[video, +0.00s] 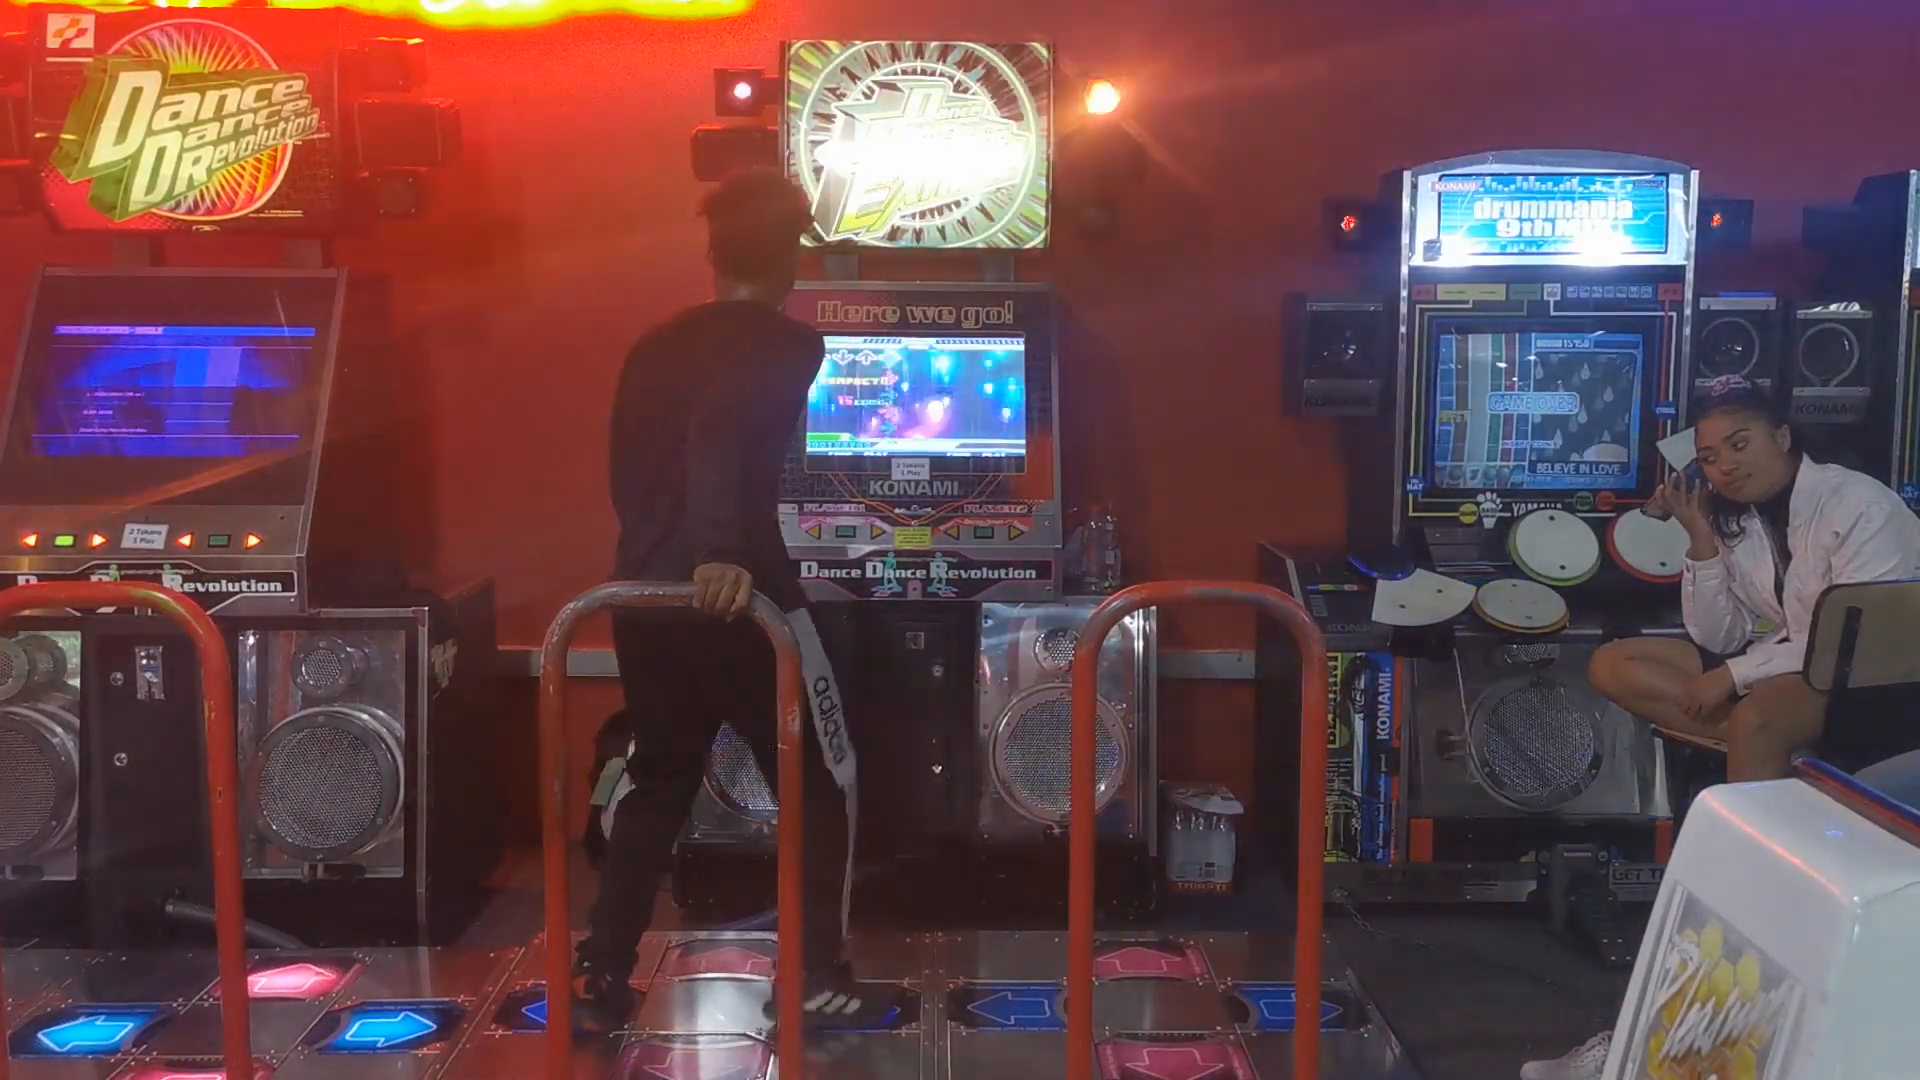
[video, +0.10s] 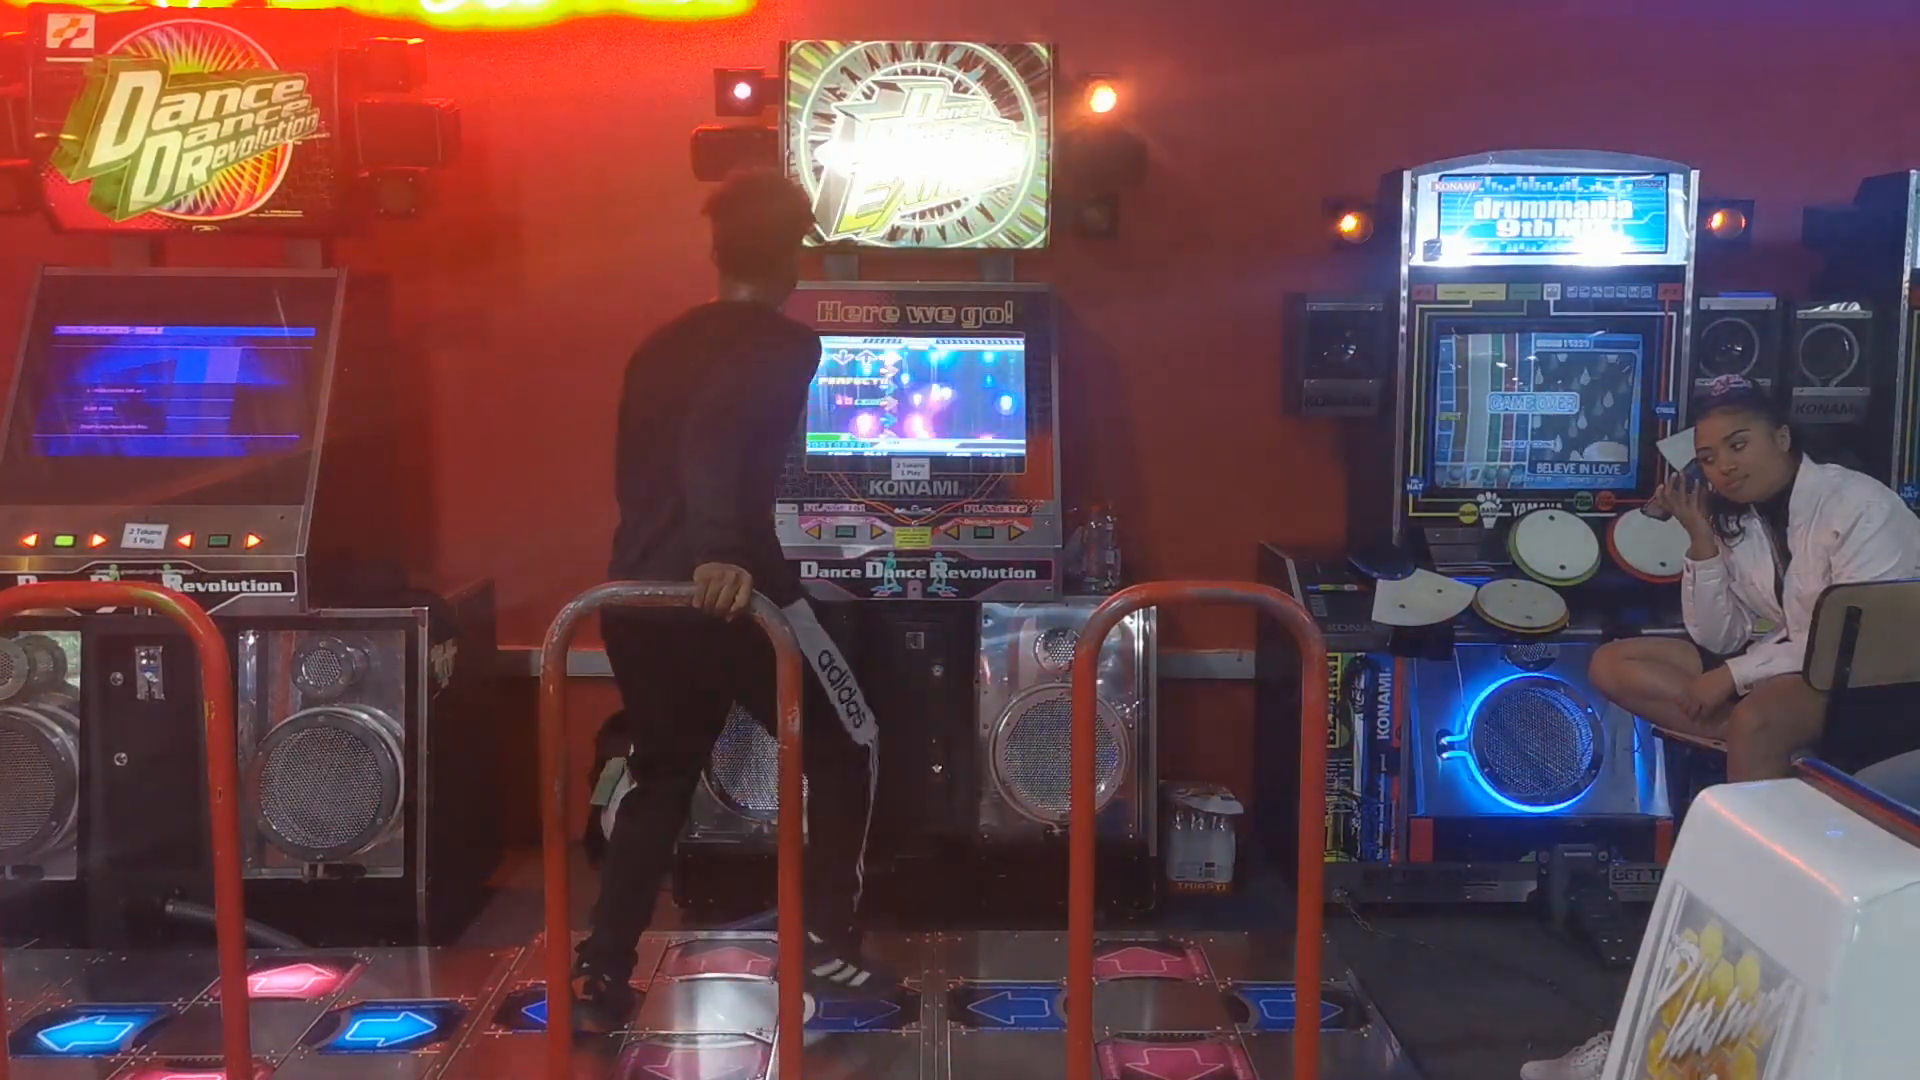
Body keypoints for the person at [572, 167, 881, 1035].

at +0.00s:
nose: (804, 260)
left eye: (799, 246)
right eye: (801, 247)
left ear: (716, 255)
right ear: (790, 254)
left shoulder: (655, 346)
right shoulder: (789, 342)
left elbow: (628, 478)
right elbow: (724, 432)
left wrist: (656, 552)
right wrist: (719, 545)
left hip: (649, 604)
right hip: (750, 600)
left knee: (657, 783)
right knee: (816, 788)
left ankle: (603, 978)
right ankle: (820, 982)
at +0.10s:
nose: (804, 260)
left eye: (799, 247)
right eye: (801, 247)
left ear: (719, 255)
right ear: (790, 254)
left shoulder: (658, 348)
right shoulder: (781, 341)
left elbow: (637, 481)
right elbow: (719, 433)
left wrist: (651, 569)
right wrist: (720, 546)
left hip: (643, 600)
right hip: (740, 591)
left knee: (662, 771)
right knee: (842, 741)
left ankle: (602, 973)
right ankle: (820, 946)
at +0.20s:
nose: (805, 261)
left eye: (800, 248)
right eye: (801, 248)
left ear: (719, 256)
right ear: (790, 255)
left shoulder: (660, 349)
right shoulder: (781, 341)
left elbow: (642, 483)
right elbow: (722, 434)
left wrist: (660, 571)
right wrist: (719, 545)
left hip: (653, 603)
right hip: (745, 603)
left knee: (660, 784)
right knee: (821, 781)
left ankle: (602, 977)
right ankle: (828, 976)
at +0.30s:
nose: (800, 260)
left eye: (796, 246)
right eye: (797, 246)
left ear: (716, 253)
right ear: (785, 253)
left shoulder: (652, 346)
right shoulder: (774, 339)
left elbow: (647, 475)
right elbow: (716, 433)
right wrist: (716, 546)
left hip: (637, 595)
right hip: (738, 590)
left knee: (653, 775)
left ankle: (601, 977)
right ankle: (823, 945)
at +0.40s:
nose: (793, 262)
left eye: (789, 249)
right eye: (791, 249)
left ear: (710, 254)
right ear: (779, 254)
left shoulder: (649, 348)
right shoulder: (773, 340)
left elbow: (635, 476)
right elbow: (717, 432)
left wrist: (658, 562)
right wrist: (718, 547)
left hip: (644, 606)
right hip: (739, 606)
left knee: (655, 785)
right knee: (812, 780)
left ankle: (601, 977)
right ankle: (822, 977)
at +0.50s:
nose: (791, 258)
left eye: (788, 244)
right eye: (788, 244)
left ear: (704, 253)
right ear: (776, 252)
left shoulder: (643, 349)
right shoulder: (769, 340)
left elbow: (632, 479)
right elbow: (716, 431)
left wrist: (652, 559)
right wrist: (716, 546)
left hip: (630, 599)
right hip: (729, 596)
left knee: (645, 780)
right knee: (833, 753)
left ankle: (599, 978)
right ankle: (819, 950)